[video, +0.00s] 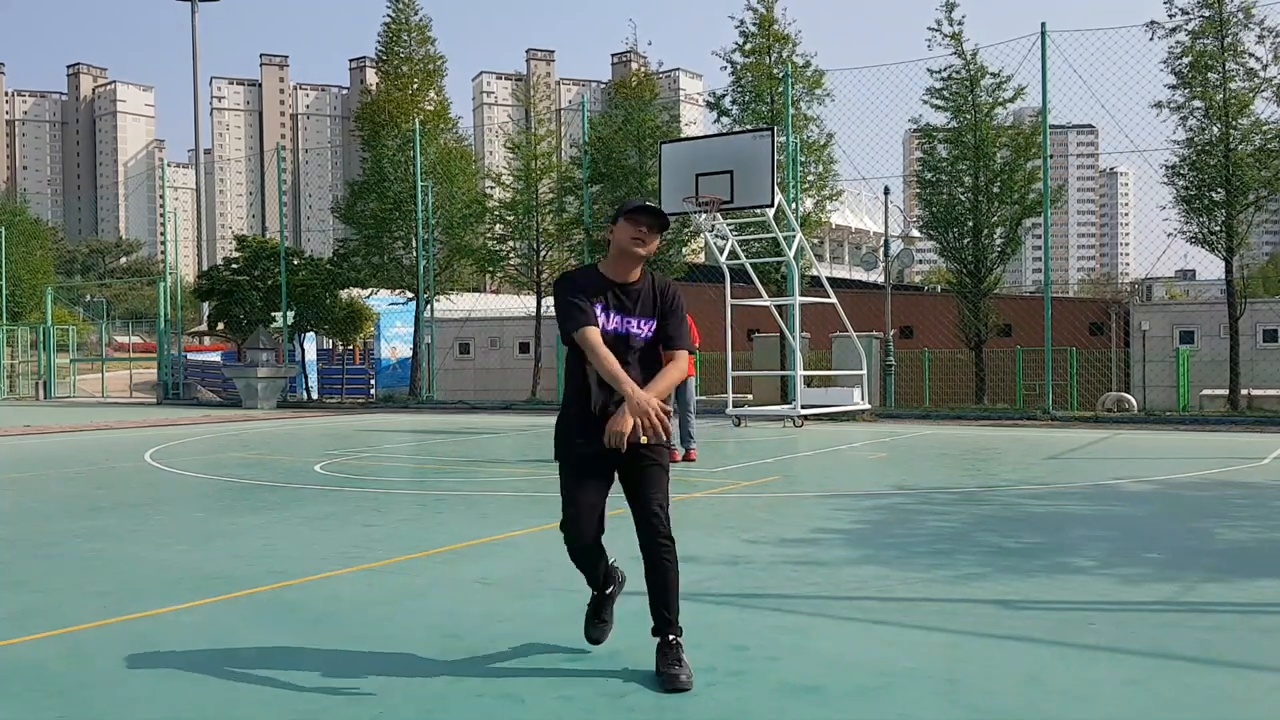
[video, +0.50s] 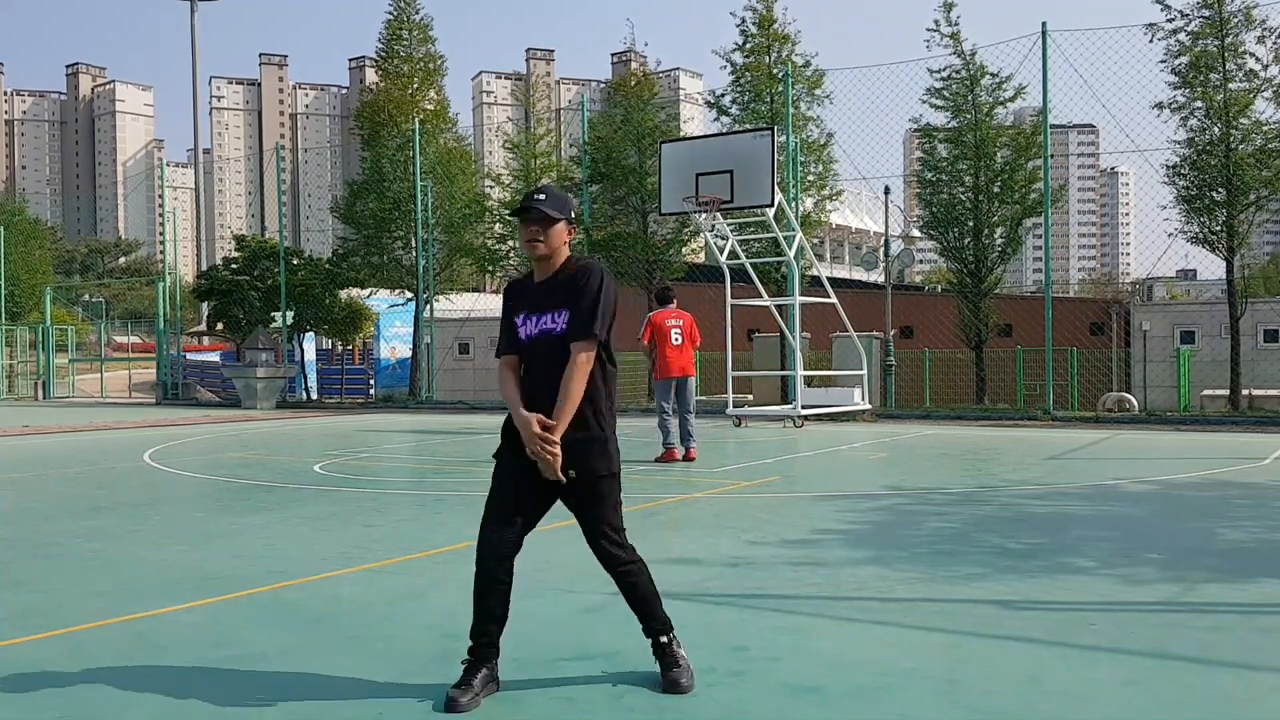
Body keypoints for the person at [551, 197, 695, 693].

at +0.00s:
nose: (646, 235)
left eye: (654, 231)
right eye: (637, 225)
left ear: (658, 244)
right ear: (612, 229)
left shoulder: (665, 294)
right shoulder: (575, 284)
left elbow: (680, 364)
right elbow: (593, 347)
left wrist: (633, 408)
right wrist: (636, 394)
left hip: (646, 431)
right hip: (585, 429)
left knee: (656, 530)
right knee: (578, 536)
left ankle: (669, 642)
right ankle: (605, 582)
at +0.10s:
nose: (618, 244)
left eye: (629, 236)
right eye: (610, 234)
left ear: (646, 242)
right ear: (599, 236)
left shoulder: (665, 294)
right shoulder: (574, 288)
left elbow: (666, 363)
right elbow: (578, 351)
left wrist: (616, 415)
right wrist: (604, 394)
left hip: (642, 431)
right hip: (579, 429)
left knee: (652, 539)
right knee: (547, 519)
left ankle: (669, 644)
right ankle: (599, 579)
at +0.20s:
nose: (596, 241)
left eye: (605, 233)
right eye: (589, 233)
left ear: (629, 232)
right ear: (582, 235)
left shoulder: (652, 284)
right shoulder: (569, 285)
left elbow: (639, 353)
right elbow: (559, 344)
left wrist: (594, 419)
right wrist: (572, 383)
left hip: (630, 420)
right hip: (574, 418)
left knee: (643, 534)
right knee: (522, 507)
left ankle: (669, 643)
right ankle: (569, 602)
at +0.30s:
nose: (576, 236)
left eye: (585, 226)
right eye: (569, 227)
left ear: (610, 224)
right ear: (563, 230)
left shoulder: (635, 275)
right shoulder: (561, 284)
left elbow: (620, 350)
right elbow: (542, 344)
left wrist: (574, 420)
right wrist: (544, 379)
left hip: (612, 424)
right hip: (559, 422)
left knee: (635, 534)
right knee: (509, 520)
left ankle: (675, 642)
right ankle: (514, 641)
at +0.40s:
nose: (557, 243)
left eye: (567, 234)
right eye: (551, 234)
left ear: (592, 234)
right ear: (545, 239)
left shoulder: (613, 285)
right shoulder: (545, 295)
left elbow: (605, 363)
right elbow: (525, 361)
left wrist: (561, 434)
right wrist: (529, 405)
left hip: (596, 444)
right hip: (540, 441)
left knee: (624, 548)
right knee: (499, 546)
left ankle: (682, 646)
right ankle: (479, 664)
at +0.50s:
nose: (533, 231)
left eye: (544, 223)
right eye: (528, 223)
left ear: (569, 229)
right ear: (521, 231)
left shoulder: (591, 278)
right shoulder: (517, 291)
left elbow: (582, 358)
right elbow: (508, 366)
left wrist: (553, 437)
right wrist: (519, 417)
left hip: (586, 443)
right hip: (525, 441)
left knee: (610, 545)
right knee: (493, 545)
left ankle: (666, 647)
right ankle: (482, 663)